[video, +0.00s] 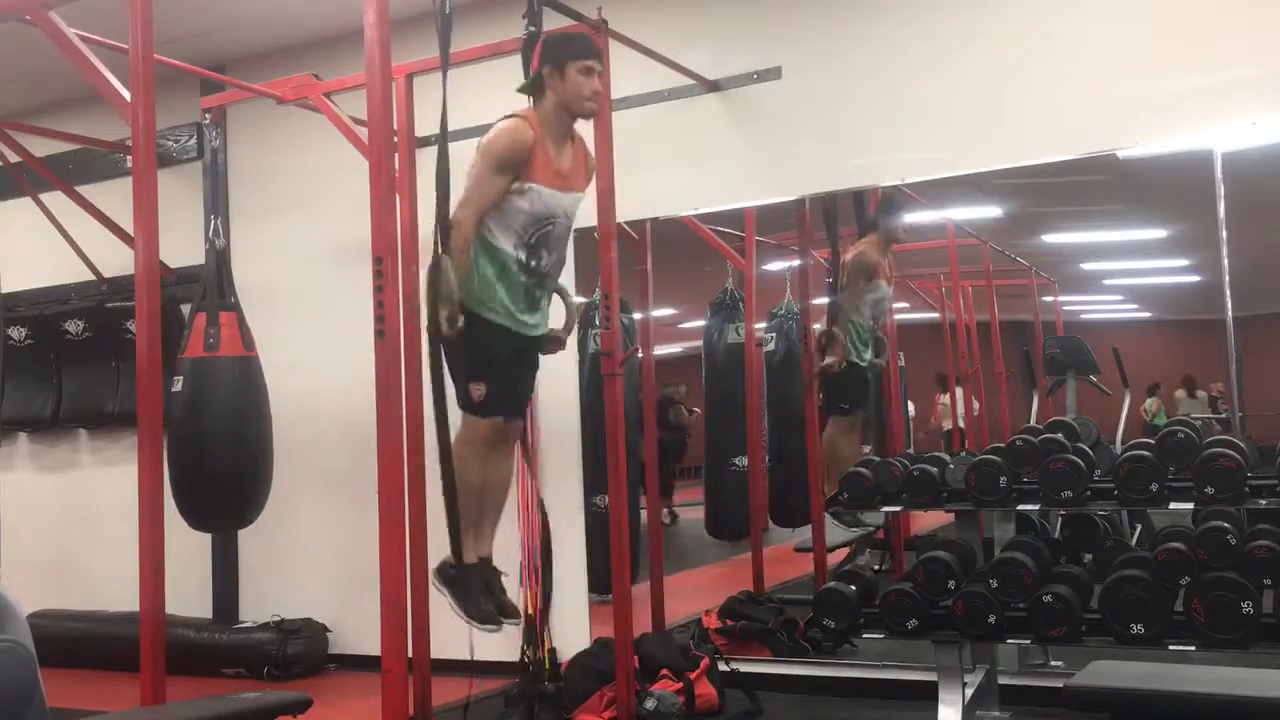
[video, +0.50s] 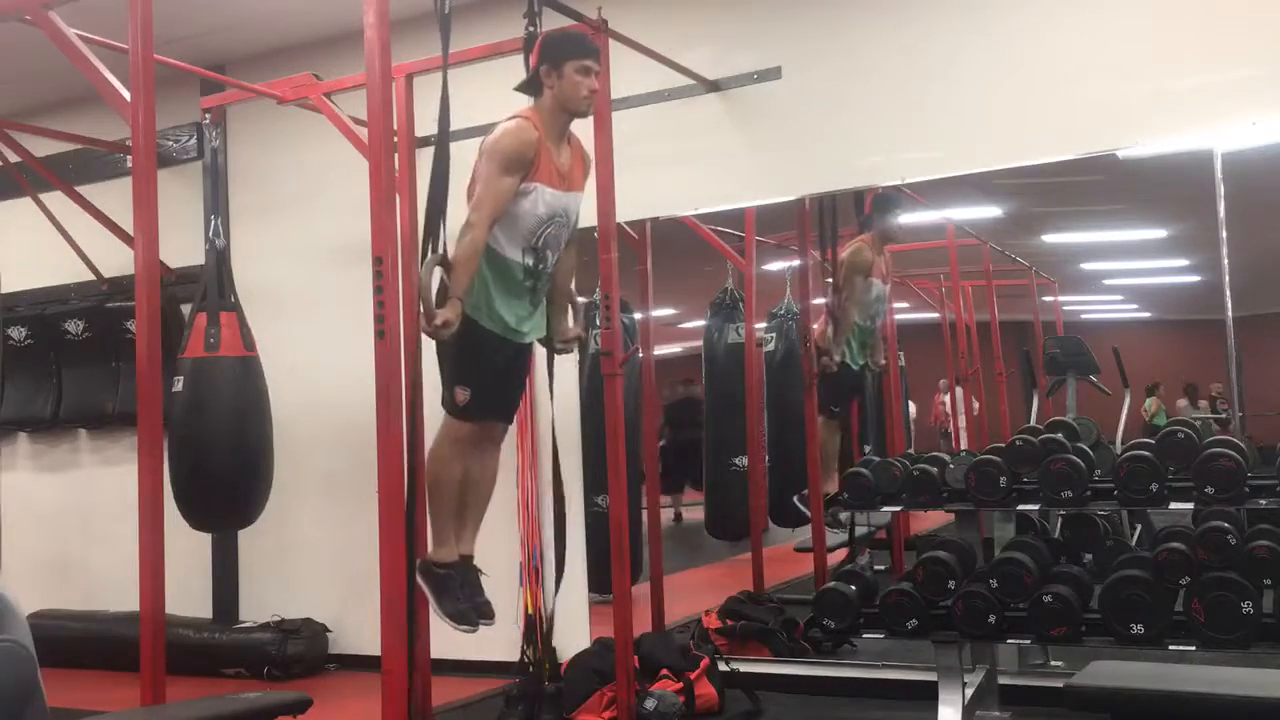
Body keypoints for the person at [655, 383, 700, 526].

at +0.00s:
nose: (683, 393)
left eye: (683, 390)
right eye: (682, 390)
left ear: (663, 390)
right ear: (676, 391)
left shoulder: (658, 405)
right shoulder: (675, 406)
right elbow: (686, 422)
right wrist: (695, 414)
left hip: (659, 450)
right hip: (669, 451)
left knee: (666, 483)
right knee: (665, 483)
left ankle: (670, 510)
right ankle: (661, 515)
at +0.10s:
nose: (685, 395)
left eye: (684, 391)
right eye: (683, 391)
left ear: (667, 392)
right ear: (677, 392)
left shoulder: (659, 406)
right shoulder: (677, 408)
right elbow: (686, 425)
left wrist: (690, 416)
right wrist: (697, 419)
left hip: (662, 449)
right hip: (675, 450)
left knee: (673, 483)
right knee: (668, 483)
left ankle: (677, 512)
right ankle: (659, 515)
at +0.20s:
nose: (688, 396)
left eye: (688, 392)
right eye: (686, 393)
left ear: (669, 393)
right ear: (682, 394)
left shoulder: (661, 409)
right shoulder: (682, 410)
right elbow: (690, 426)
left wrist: (692, 417)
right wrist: (699, 421)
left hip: (665, 451)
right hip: (681, 452)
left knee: (672, 483)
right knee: (684, 484)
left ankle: (677, 512)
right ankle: (666, 506)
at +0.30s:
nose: (690, 393)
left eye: (689, 390)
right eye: (689, 390)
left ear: (671, 392)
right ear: (687, 392)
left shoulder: (664, 407)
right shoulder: (689, 406)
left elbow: (658, 427)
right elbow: (696, 424)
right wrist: (706, 423)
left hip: (668, 447)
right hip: (689, 447)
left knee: (672, 479)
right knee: (696, 480)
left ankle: (677, 511)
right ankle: (681, 496)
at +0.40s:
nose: (694, 391)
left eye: (692, 388)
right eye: (692, 388)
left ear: (676, 390)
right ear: (692, 390)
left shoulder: (666, 407)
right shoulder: (698, 406)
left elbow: (660, 429)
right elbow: (703, 428)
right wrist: (704, 444)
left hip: (671, 450)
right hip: (693, 449)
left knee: (674, 482)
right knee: (697, 479)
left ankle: (676, 512)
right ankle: (693, 504)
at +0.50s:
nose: (689, 391)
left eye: (687, 387)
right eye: (690, 387)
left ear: (681, 389)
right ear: (696, 388)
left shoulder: (671, 406)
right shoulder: (702, 404)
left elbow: (665, 427)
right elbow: (707, 425)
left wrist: (660, 440)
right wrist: (707, 441)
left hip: (675, 448)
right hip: (697, 447)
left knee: (675, 480)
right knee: (702, 479)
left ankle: (677, 511)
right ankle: (711, 507)